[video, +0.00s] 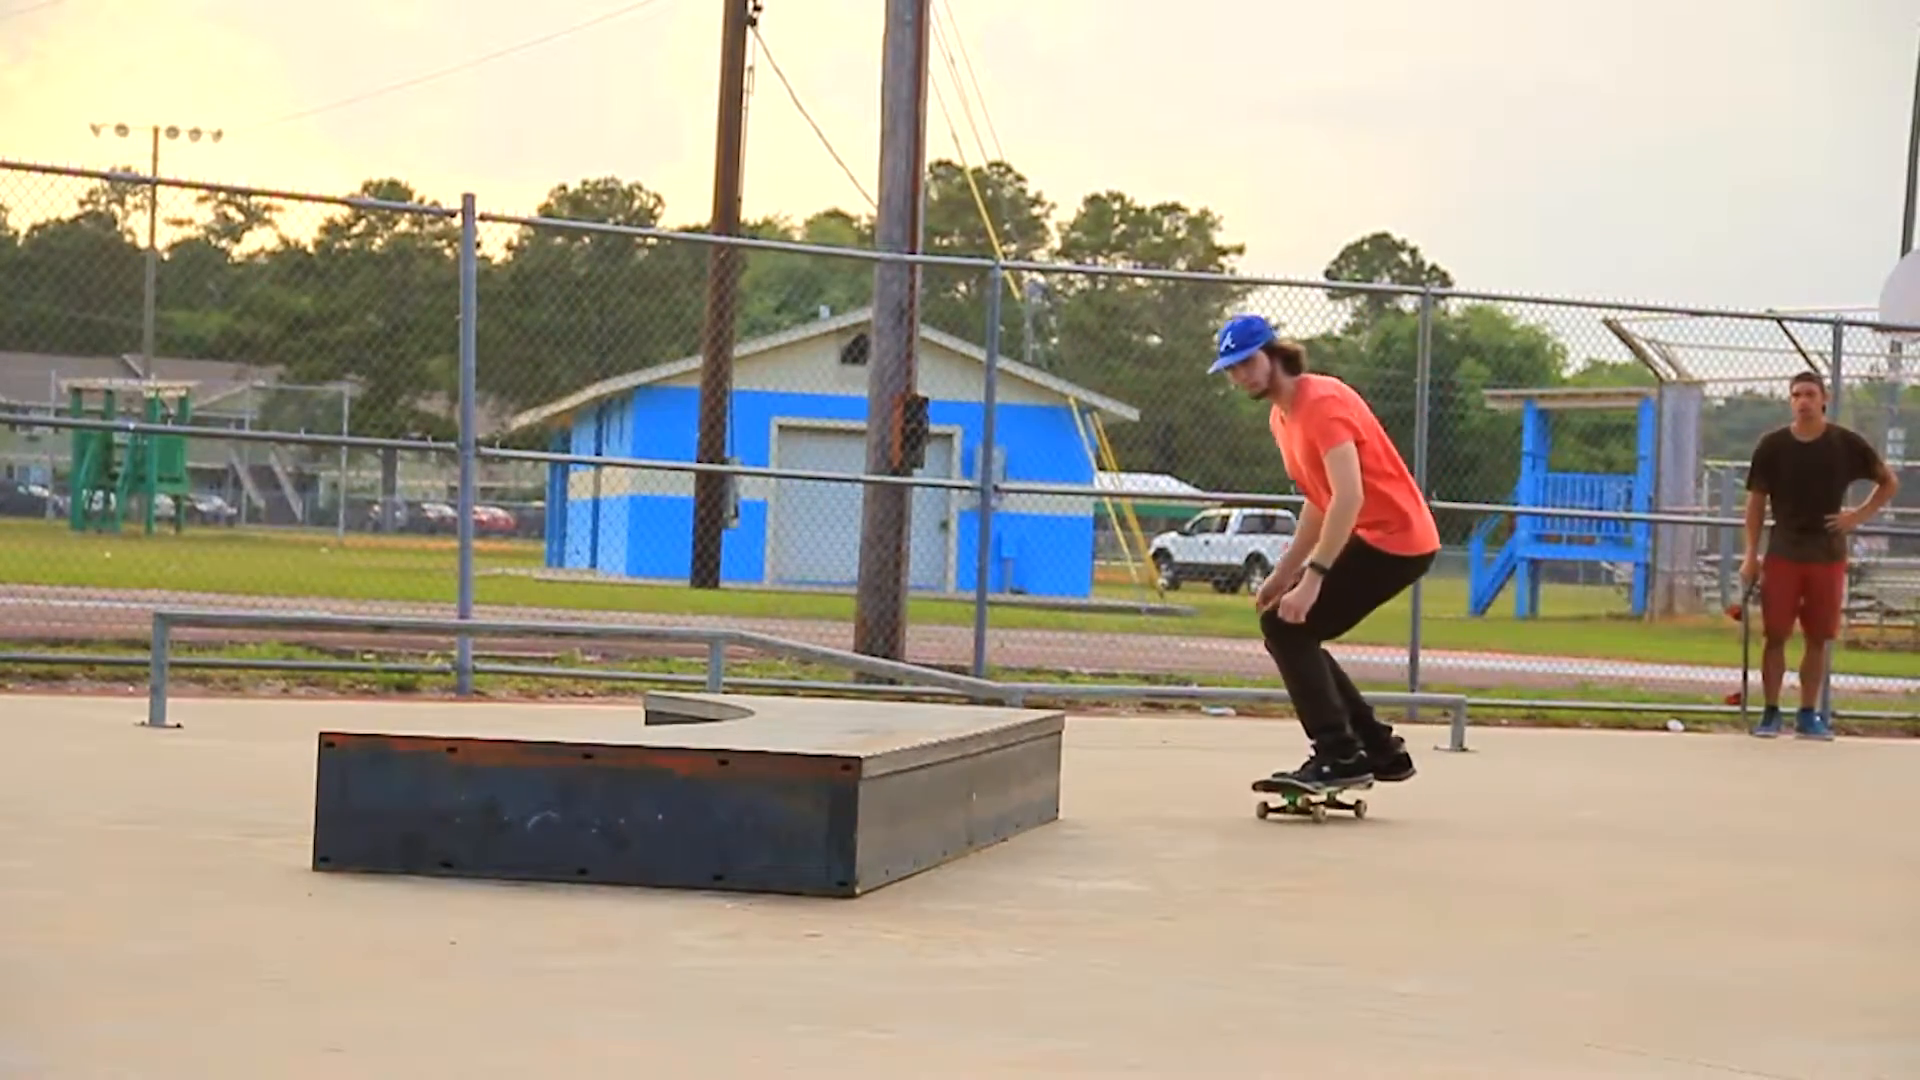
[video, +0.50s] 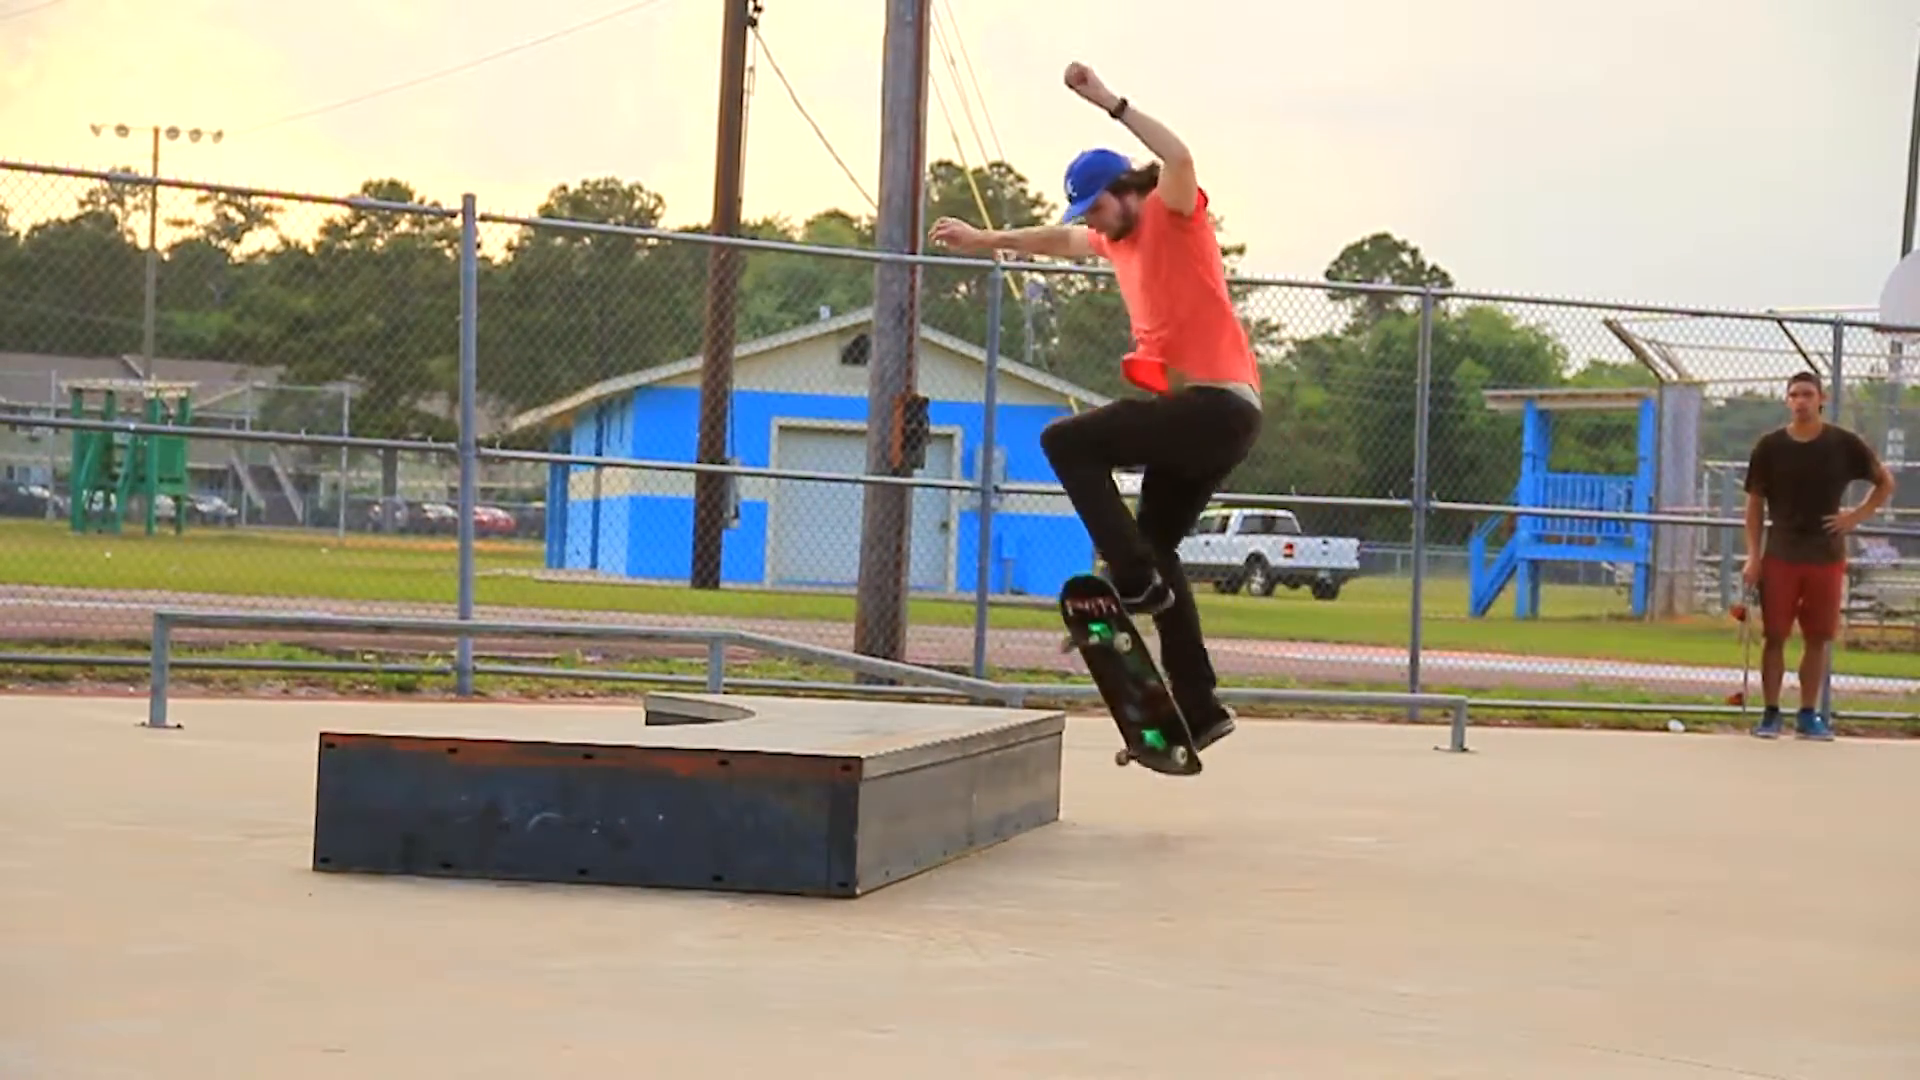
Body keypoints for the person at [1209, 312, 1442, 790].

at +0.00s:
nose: (1240, 376)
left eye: (1245, 363)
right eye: (1231, 370)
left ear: (1270, 353)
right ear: (1228, 373)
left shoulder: (1320, 401)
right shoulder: (1281, 417)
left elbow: (1349, 495)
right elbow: (1319, 499)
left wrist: (1312, 580)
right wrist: (1285, 572)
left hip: (1395, 540)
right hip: (1371, 538)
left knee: (1285, 625)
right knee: (1287, 627)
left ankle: (1340, 753)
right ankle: (1376, 746)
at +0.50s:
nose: (1092, 223)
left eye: (1094, 209)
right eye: (1085, 214)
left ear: (1123, 187)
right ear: (1092, 205)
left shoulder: (1174, 212)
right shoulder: (1112, 236)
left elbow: (1178, 158)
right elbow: (1059, 239)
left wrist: (1112, 102)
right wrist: (986, 239)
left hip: (1218, 403)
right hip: (1201, 409)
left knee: (1067, 440)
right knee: (1150, 550)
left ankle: (1136, 574)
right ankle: (1200, 709)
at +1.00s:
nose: (939, 179)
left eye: (943, 163)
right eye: (932, 169)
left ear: (976, 144)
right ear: (939, 165)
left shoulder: (1026, 185)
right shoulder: (989, 209)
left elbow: (1015, 143)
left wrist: (945, 97)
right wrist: (996, 399)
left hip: (1068, 391)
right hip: (1030, 392)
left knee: (931, 498)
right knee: (910, 504)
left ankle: (978, 667)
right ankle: (975, 658)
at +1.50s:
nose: (976, 104)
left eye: (980, 87)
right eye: (967, 94)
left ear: (1012, 58)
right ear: (963, 78)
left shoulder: (1068, 73)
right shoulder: (995, 121)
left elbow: (1113, 7)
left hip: (1126, 321)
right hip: (1061, 335)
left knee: (1001, 332)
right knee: (930, 466)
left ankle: (1056, 521)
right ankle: (939, 636)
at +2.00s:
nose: (1166, 302)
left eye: (1176, 286)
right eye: (1152, 289)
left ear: (1211, 258)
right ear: (1134, 267)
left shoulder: (1268, 328)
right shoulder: (1132, 318)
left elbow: (1316, 470)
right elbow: (1137, 454)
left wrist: (1281, 586)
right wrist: (1116, 566)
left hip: (1239, 570)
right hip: (1149, 571)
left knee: (1146, 686)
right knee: (1061, 720)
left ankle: (1237, 869)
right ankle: (1160, 864)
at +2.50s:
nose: (1481, 93)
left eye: (1500, 75)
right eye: (1462, 75)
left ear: (1531, 56)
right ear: (1432, 58)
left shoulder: (1582, 148)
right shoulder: (1396, 148)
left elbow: (1632, 316)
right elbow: (1379, 320)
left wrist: (1647, 471)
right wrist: (1382, 465)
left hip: (1546, 451)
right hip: (1428, 461)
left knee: (1520, 682)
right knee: (1422, 695)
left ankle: (1587, 934)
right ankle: (1457, 918)